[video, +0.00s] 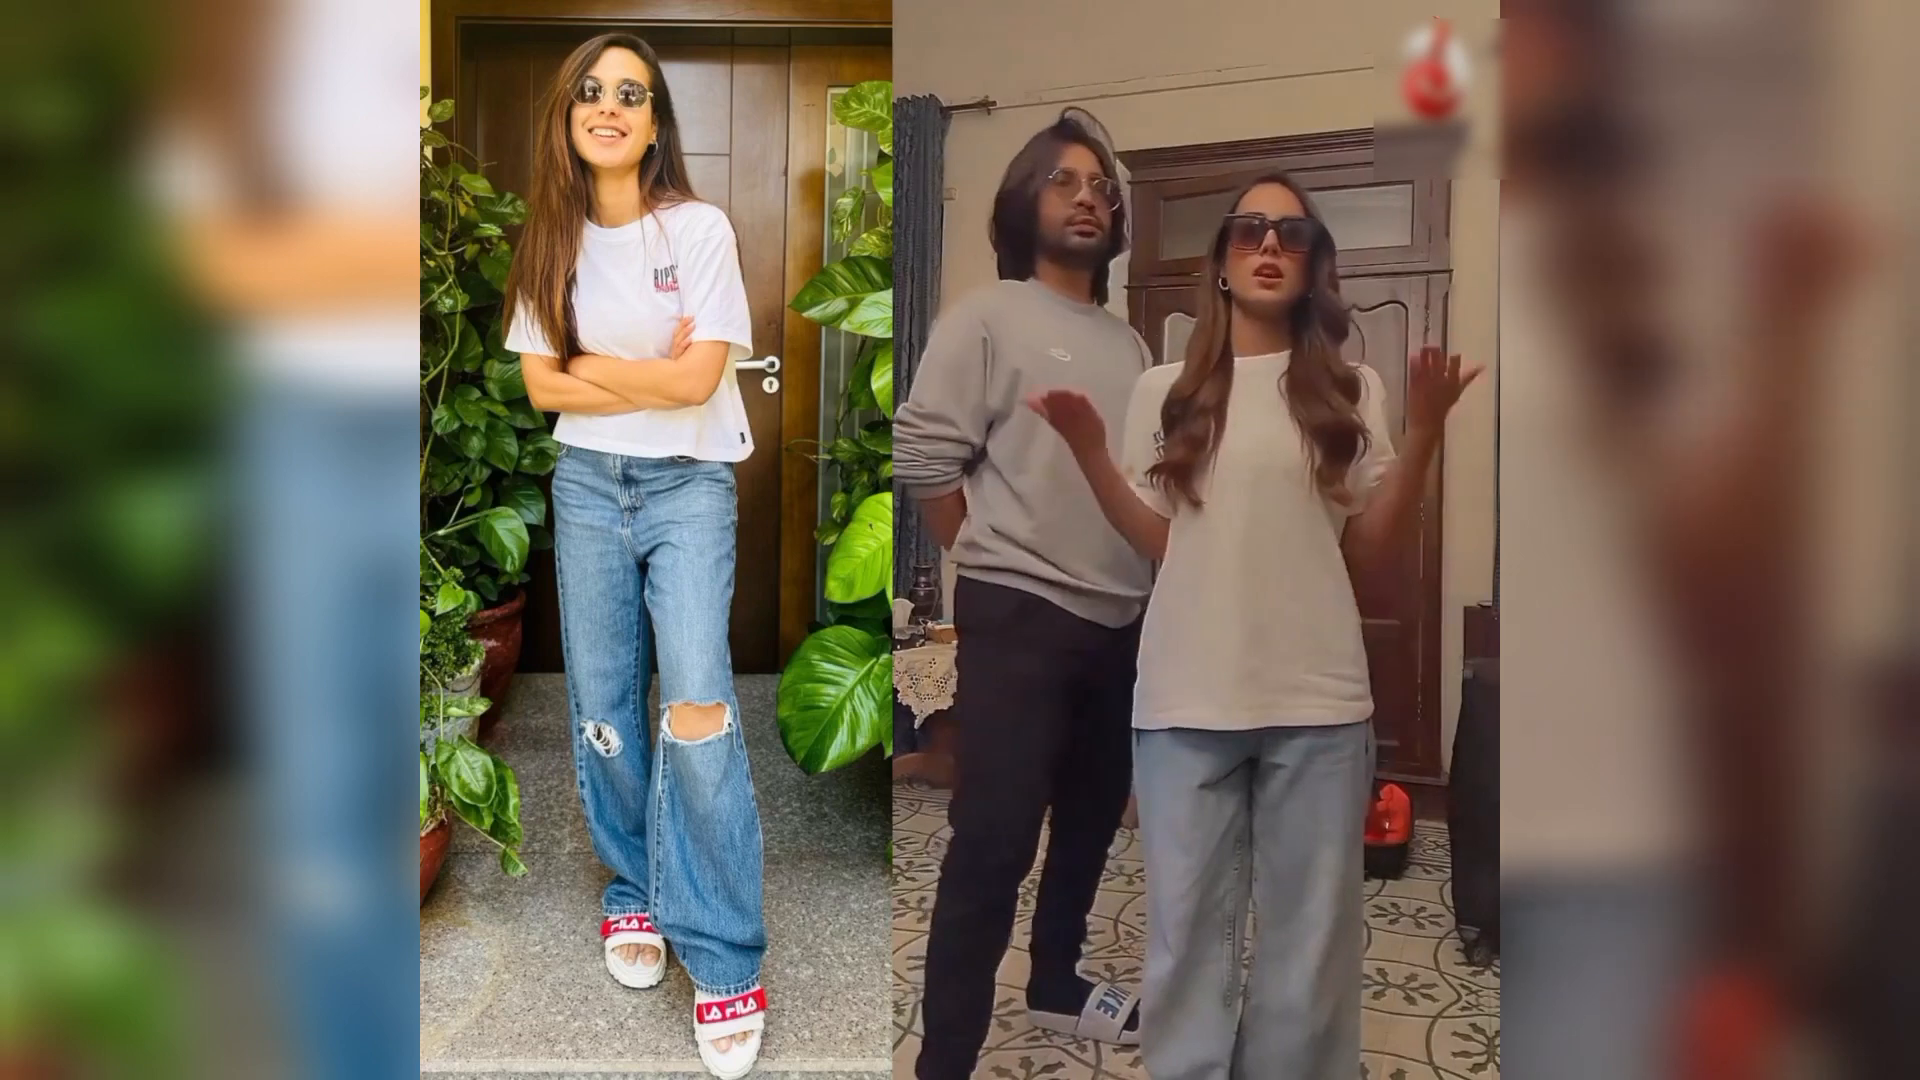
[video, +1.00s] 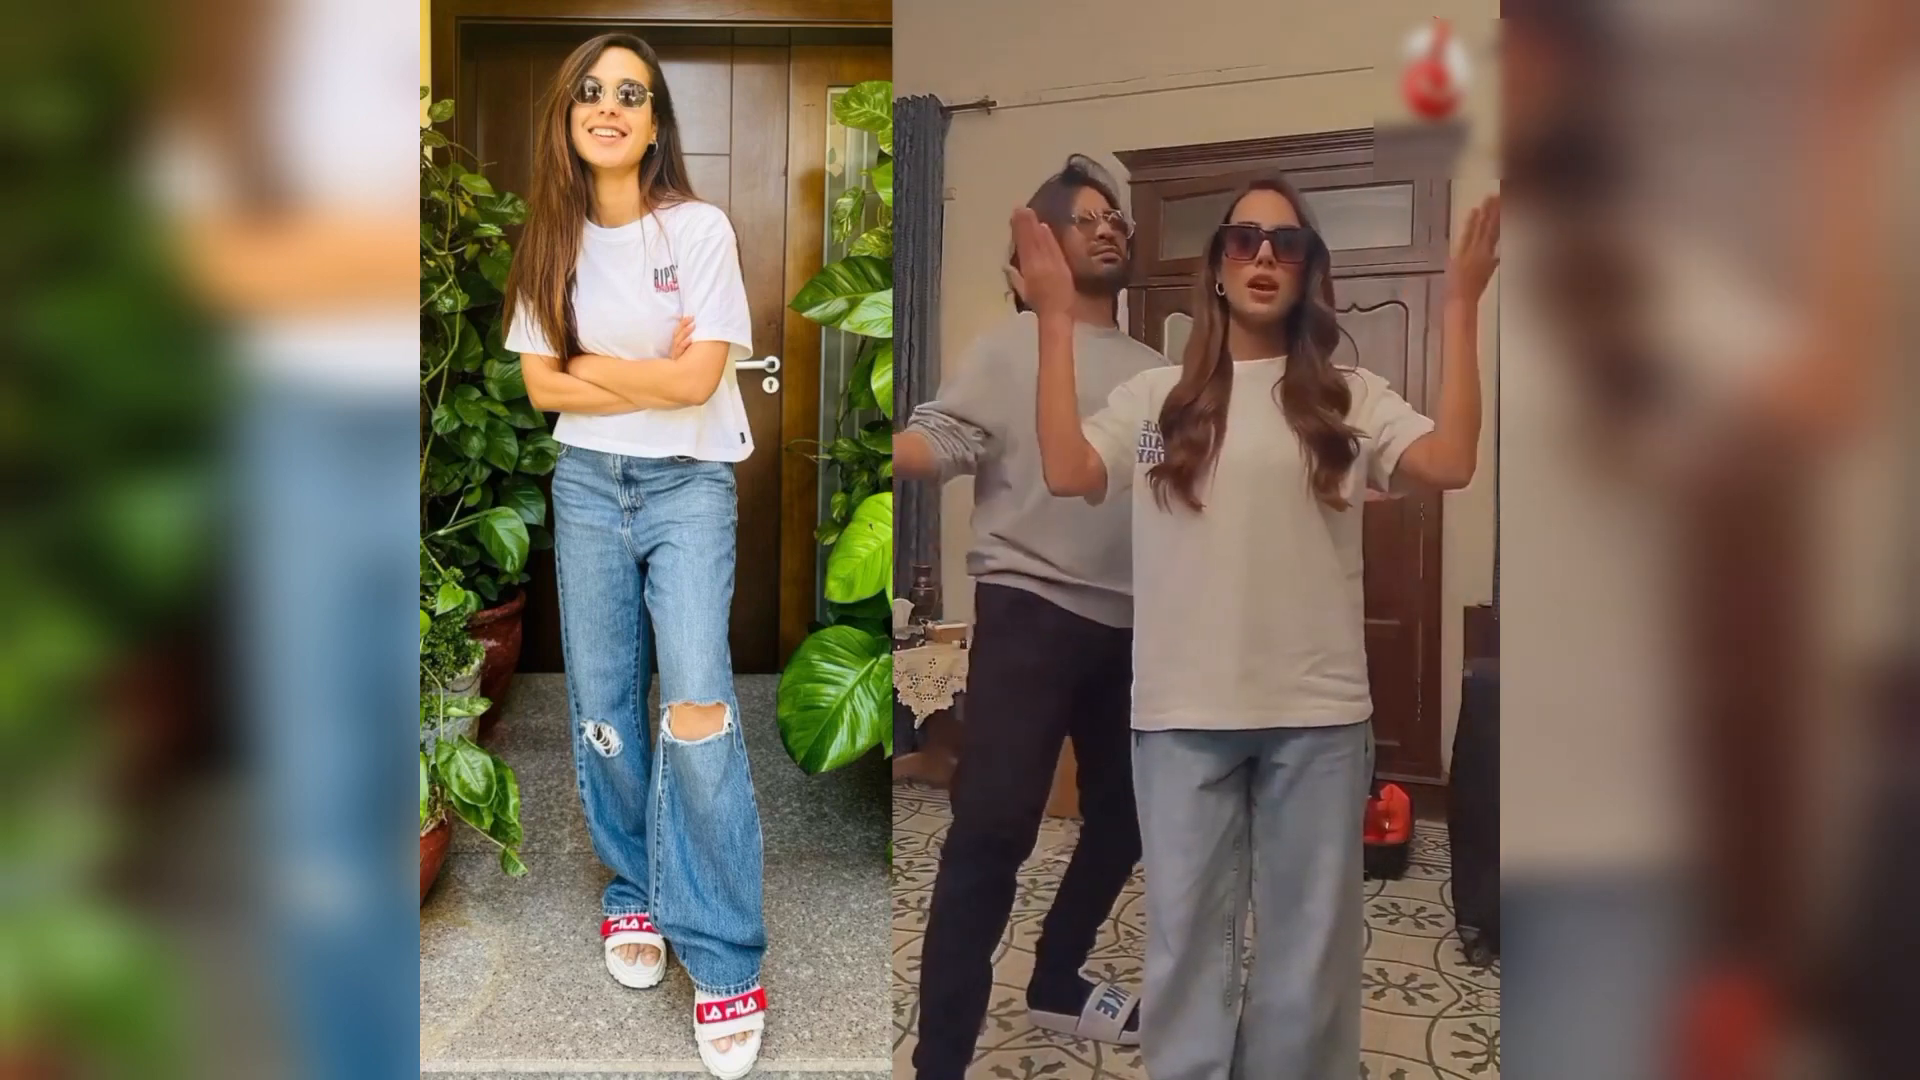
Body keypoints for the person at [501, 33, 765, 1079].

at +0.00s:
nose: (610, 110)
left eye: (630, 97)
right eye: (593, 95)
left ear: (656, 121)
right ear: (566, 117)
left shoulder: (699, 225)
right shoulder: (549, 239)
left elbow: (699, 378)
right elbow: (540, 385)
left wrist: (576, 362)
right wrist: (662, 378)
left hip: (689, 482)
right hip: (584, 484)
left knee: (695, 709)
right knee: (603, 709)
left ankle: (724, 955)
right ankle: (631, 890)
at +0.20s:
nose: (610, 110)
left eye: (630, 97)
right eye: (593, 95)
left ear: (656, 121)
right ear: (566, 117)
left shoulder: (699, 225)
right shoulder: (549, 239)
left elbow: (699, 378)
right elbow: (540, 385)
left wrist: (576, 362)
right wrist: (662, 378)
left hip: (689, 482)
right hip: (584, 484)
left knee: (695, 709)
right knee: (603, 709)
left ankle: (724, 955)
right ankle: (631, 890)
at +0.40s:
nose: (610, 111)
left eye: (629, 97)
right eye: (593, 95)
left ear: (656, 122)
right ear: (566, 117)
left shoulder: (699, 226)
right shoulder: (550, 239)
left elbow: (698, 378)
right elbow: (540, 385)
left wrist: (576, 362)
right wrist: (662, 378)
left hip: (689, 482)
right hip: (584, 484)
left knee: (695, 709)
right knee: (602, 708)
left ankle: (724, 955)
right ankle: (631, 890)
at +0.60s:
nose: (610, 111)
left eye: (629, 97)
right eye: (593, 95)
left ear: (656, 122)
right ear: (566, 117)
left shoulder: (699, 226)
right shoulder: (549, 239)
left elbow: (698, 378)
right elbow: (540, 385)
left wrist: (576, 362)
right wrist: (662, 378)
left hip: (689, 482)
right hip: (584, 484)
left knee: (695, 709)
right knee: (602, 708)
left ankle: (724, 955)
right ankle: (631, 890)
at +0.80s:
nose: (610, 110)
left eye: (630, 97)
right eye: (593, 95)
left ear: (656, 121)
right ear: (566, 117)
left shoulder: (699, 225)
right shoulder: (549, 239)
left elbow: (699, 378)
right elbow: (540, 385)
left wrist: (576, 362)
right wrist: (662, 378)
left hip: (689, 482)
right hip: (584, 484)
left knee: (695, 709)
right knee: (603, 709)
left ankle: (724, 955)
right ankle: (631, 890)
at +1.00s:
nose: (610, 111)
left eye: (629, 97)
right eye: (593, 95)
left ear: (656, 122)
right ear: (566, 117)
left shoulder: (699, 225)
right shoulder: (550, 239)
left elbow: (698, 378)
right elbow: (540, 385)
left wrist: (576, 362)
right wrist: (662, 378)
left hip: (689, 482)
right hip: (584, 484)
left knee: (695, 709)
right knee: (602, 708)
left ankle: (724, 955)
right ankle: (631, 890)